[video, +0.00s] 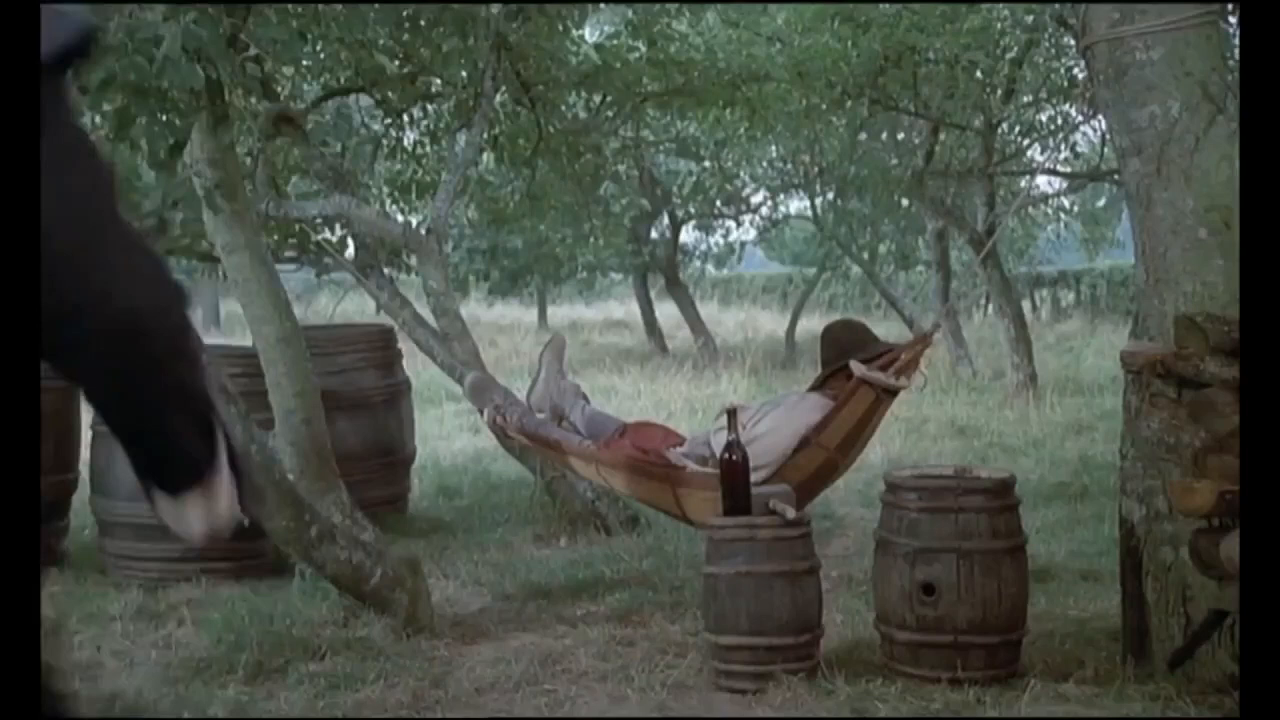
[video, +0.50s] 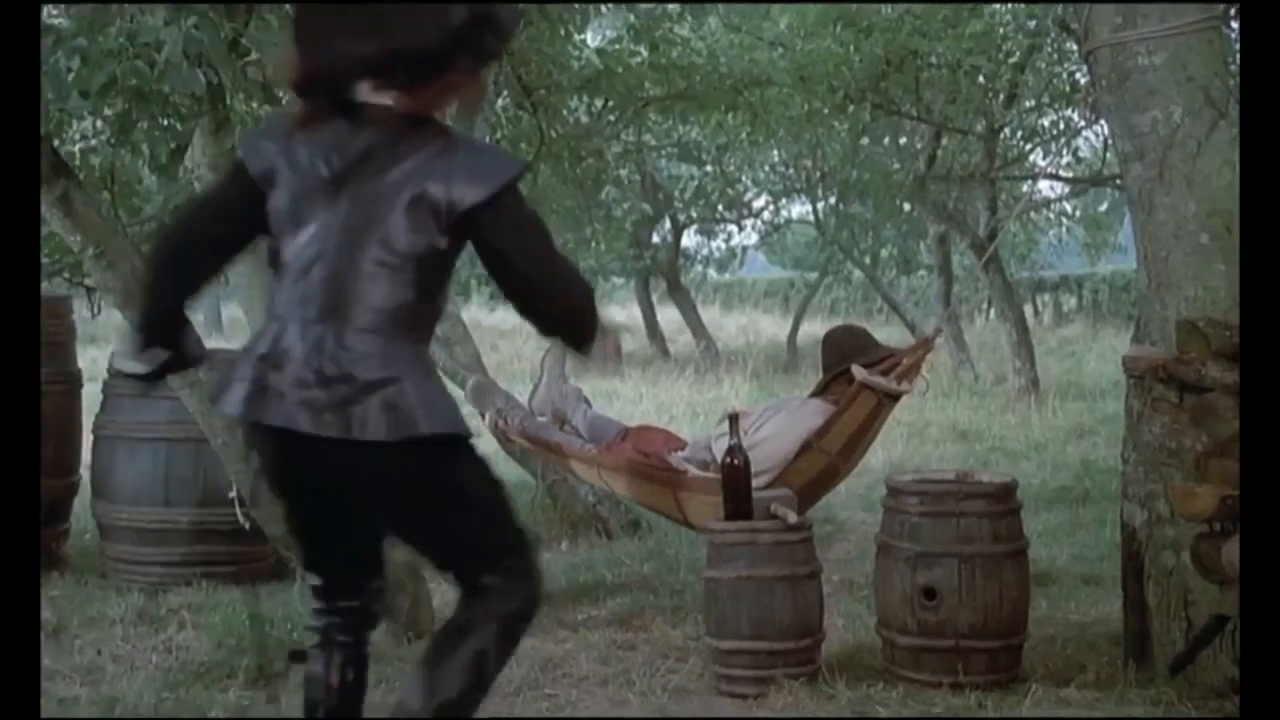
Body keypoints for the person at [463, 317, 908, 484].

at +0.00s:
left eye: (829, 355)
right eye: (861, 363)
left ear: (830, 363)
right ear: (859, 371)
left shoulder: (808, 411)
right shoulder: (820, 407)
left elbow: (748, 457)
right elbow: (751, 444)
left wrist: (684, 455)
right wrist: (700, 442)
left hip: (698, 461)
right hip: (708, 454)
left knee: (619, 443)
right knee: (639, 431)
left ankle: (524, 416)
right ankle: (565, 400)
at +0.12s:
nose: (828, 362)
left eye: (829, 355)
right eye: (860, 363)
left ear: (831, 363)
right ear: (860, 371)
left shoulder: (809, 412)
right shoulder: (822, 408)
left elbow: (747, 458)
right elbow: (752, 443)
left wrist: (683, 455)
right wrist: (706, 439)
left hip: (699, 462)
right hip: (710, 455)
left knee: (621, 444)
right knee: (641, 431)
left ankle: (526, 416)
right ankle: (567, 400)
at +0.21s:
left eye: (831, 356)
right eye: (865, 364)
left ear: (831, 363)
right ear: (860, 371)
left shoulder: (810, 412)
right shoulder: (819, 408)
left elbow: (747, 458)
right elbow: (749, 447)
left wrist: (683, 456)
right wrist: (699, 443)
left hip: (698, 461)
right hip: (708, 455)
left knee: (621, 443)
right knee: (639, 431)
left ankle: (526, 415)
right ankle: (566, 398)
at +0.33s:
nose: (861, 374)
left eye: (838, 361)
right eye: (866, 367)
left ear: (831, 366)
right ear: (859, 374)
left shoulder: (808, 416)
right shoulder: (817, 412)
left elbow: (742, 463)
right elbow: (747, 449)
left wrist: (677, 457)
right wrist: (694, 444)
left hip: (696, 464)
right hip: (706, 456)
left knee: (618, 442)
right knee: (636, 431)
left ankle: (525, 417)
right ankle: (565, 402)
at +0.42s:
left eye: (829, 359)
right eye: (864, 367)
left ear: (831, 367)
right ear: (860, 375)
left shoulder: (809, 416)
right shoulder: (820, 413)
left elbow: (746, 462)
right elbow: (751, 450)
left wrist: (683, 457)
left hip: (700, 466)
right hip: (710, 460)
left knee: (628, 443)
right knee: (642, 434)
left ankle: (528, 417)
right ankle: (569, 403)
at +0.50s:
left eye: (834, 362)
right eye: (863, 371)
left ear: (832, 368)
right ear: (859, 378)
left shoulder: (808, 417)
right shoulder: (816, 414)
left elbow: (744, 464)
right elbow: (746, 451)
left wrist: (679, 457)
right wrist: (695, 444)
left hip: (697, 466)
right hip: (706, 459)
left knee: (623, 442)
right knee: (637, 434)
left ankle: (521, 416)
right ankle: (562, 401)